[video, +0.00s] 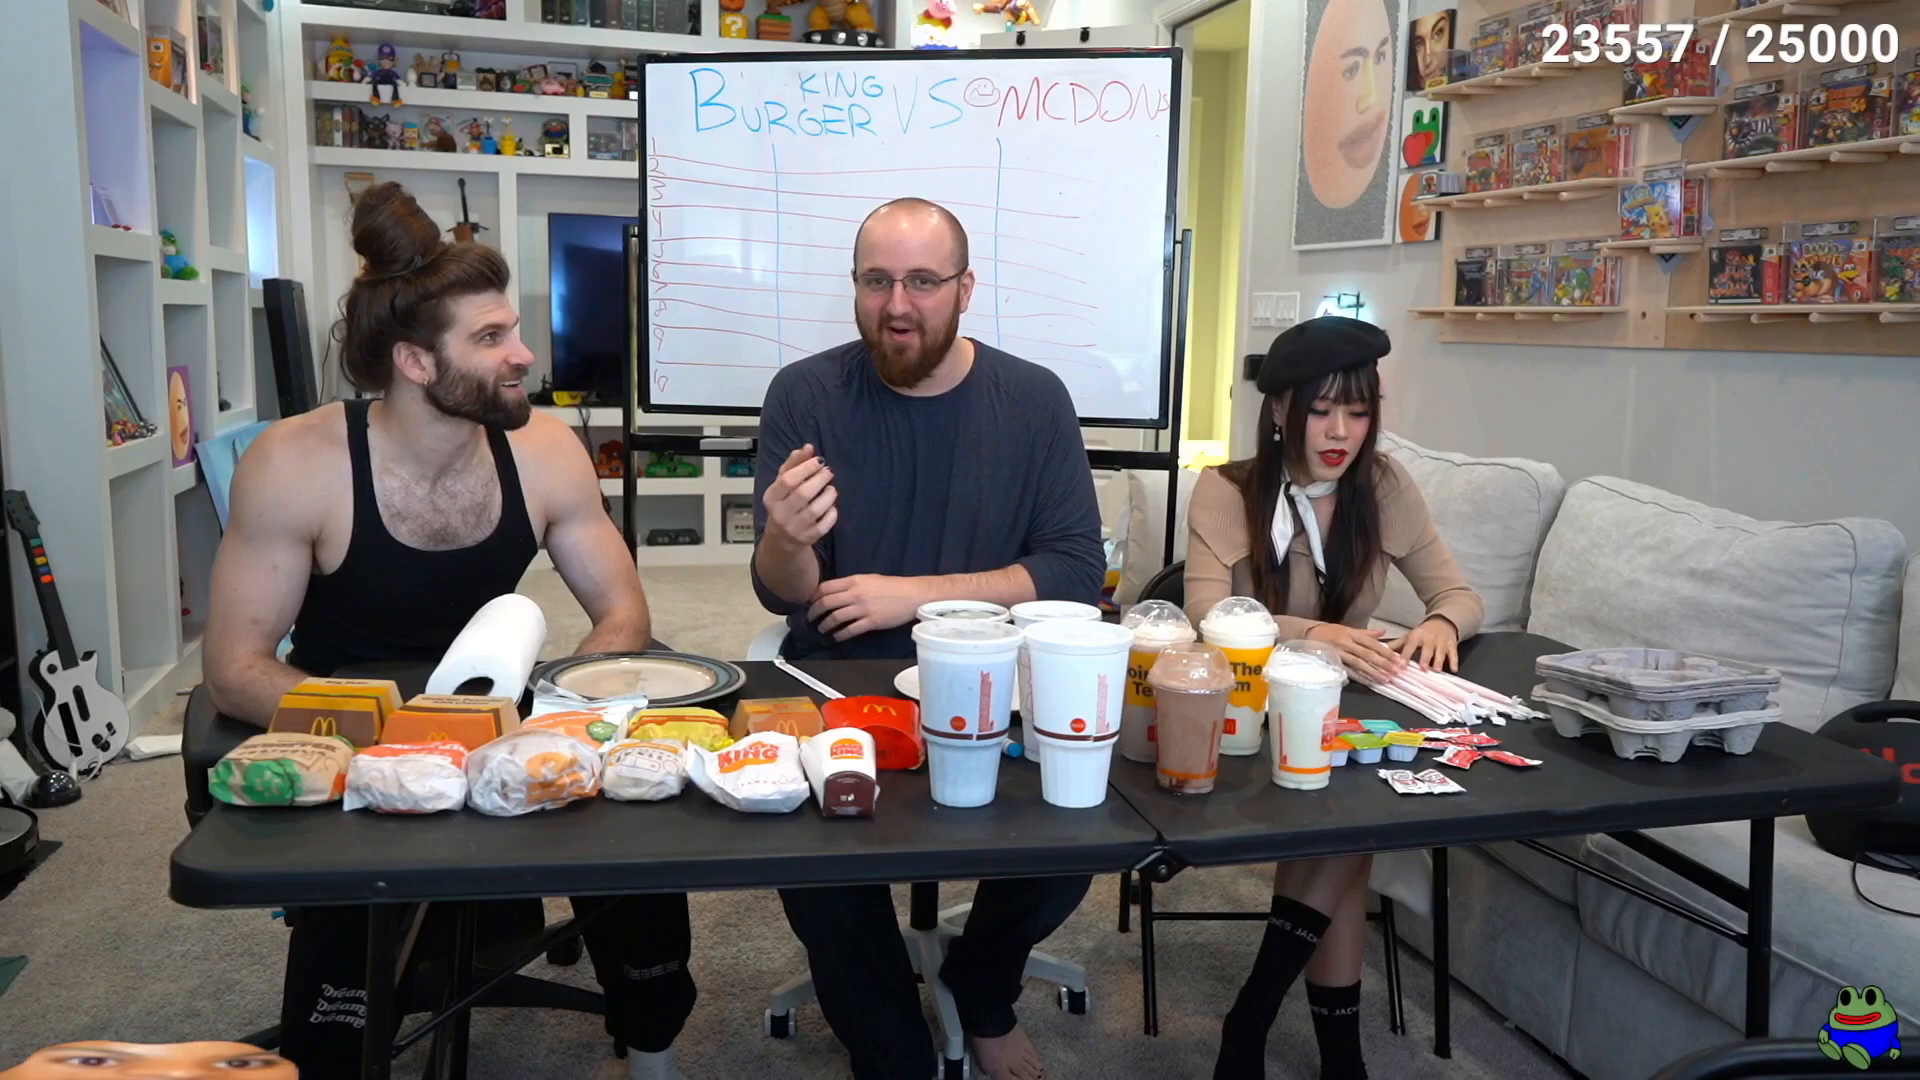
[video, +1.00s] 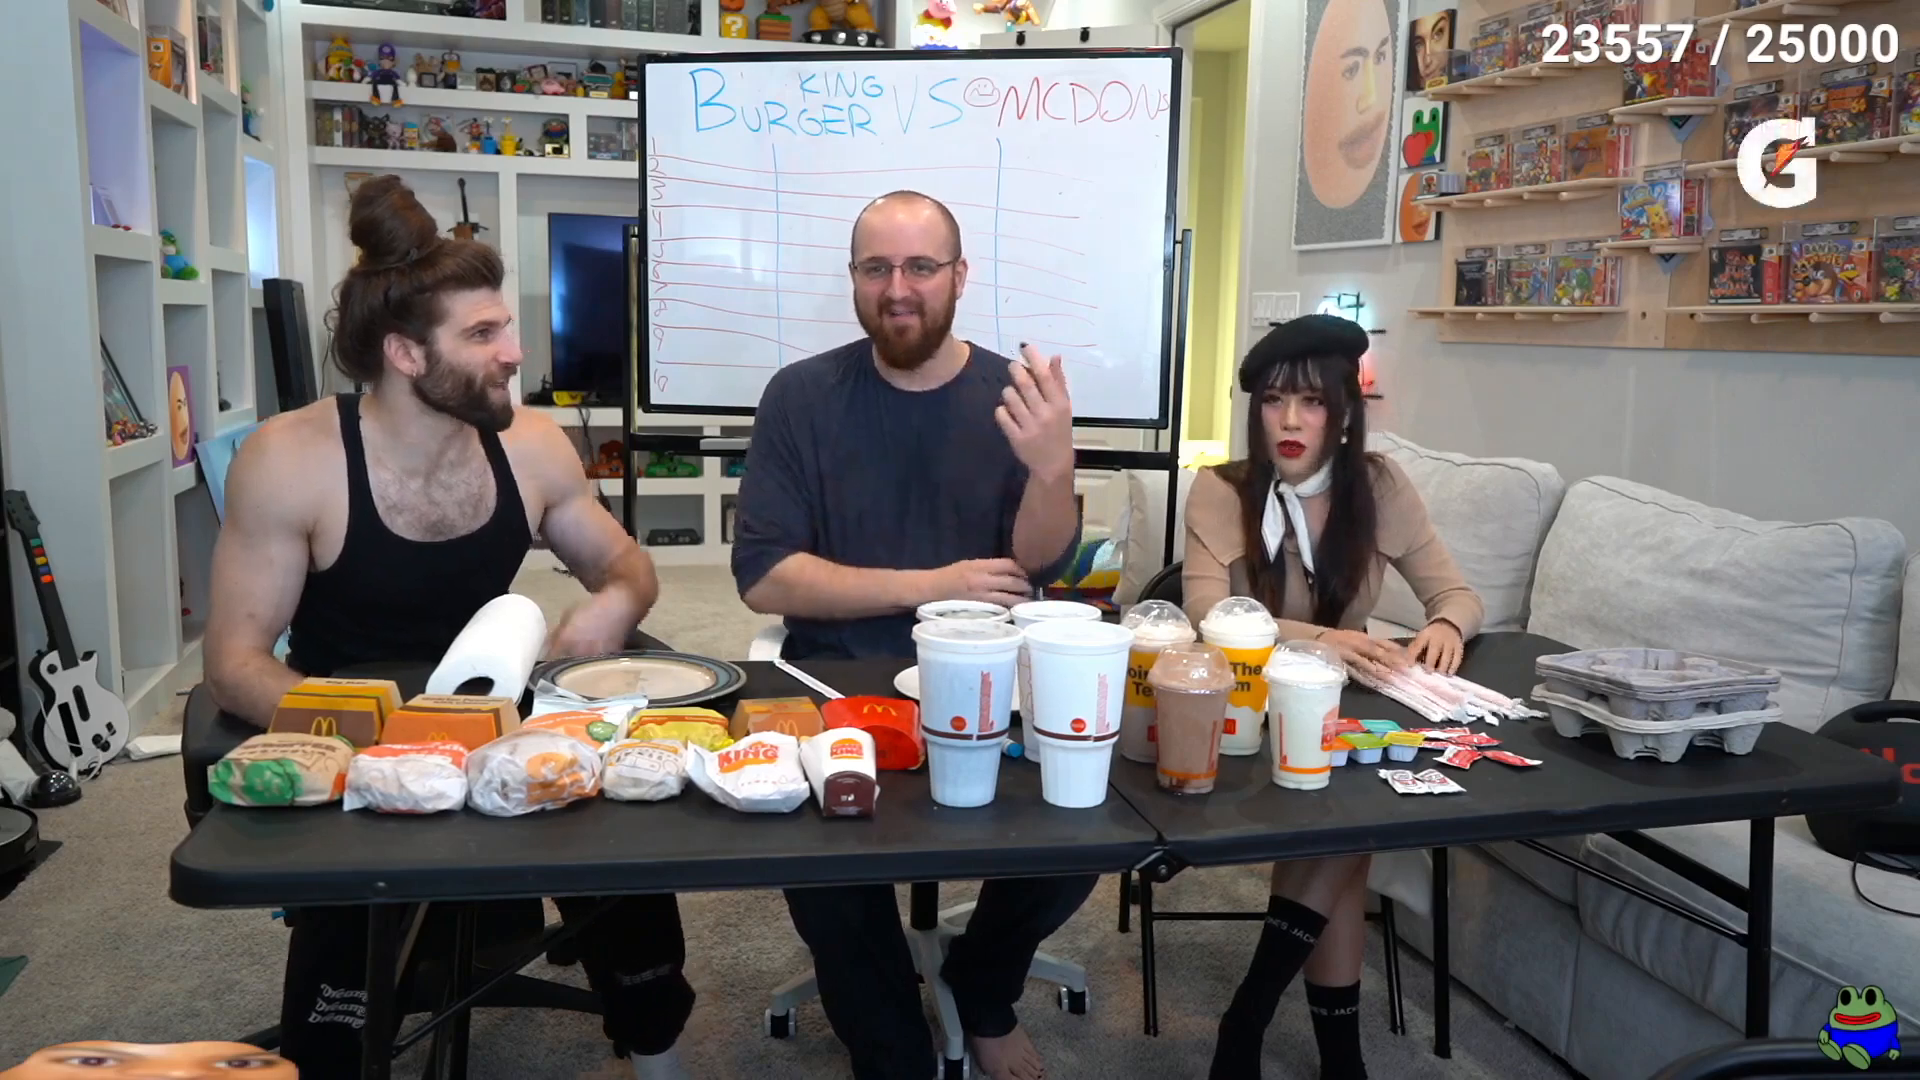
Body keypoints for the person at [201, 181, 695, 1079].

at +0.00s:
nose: (522, 353)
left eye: (516, 330)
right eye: (490, 338)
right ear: (415, 364)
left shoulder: (545, 451)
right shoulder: (295, 463)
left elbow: (624, 613)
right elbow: (233, 668)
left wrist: (565, 698)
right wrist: (368, 719)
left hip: (502, 744)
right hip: (344, 753)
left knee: (637, 831)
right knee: (353, 888)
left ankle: (651, 1054)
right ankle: (321, 1070)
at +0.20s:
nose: (523, 352)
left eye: (516, 330)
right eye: (491, 336)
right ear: (415, 361)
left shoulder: (545, 451)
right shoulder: (295, 463)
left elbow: (623, 611)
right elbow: (233, 671)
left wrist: (568, 695)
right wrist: (373, 718)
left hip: (507, 749)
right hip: (348, 761)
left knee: (648, 824)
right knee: (358, 890)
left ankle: (663, 1049)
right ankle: (323, 1068)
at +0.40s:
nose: (524, 352)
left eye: (517, 329)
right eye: (493, 336)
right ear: (418, 361)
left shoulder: (547, 452)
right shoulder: (295, 463)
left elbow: (624, 612)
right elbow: (233, 670)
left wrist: (570, 695)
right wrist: (370, 719)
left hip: (507, 748)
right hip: (349, 759)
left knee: (648, 823)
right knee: (358, 886)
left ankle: (662, 1054)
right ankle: (323, 1068)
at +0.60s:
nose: (524, 352)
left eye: (519, 330)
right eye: (494, 336)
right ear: (418, 360)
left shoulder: (546, 451)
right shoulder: (297, 462)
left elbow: (624, 613)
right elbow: (233, 666)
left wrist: (568, 695)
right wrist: (365, 719)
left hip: (507, 746)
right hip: (350, 756)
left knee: (643, 825)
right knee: (356, 886)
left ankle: (659, 1053)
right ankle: (321, 1069)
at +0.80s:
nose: (521, 352)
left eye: (517, 329)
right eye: (491, 335)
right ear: (414, 356)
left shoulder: (539, 449)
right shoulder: (295, 459)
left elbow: (622, 600)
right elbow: (234, 662)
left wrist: (572, 691)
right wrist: (361, 718)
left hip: (505, 746)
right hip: (350, 755)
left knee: (634, 835)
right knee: (354, 891)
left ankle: (658, 1055)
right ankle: (321, 1070)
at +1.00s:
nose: (512, 351)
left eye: (508, 329)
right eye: (483, 333)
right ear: (404, 354)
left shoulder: (530, 445)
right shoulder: (288, 460)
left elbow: (628, 565)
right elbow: (234, 662)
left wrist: (613, 609)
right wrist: (347, 721)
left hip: (501, 743)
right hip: (348, 755)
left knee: (622, 833)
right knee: (351, 890)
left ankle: (655, 1054)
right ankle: (321, 1070)